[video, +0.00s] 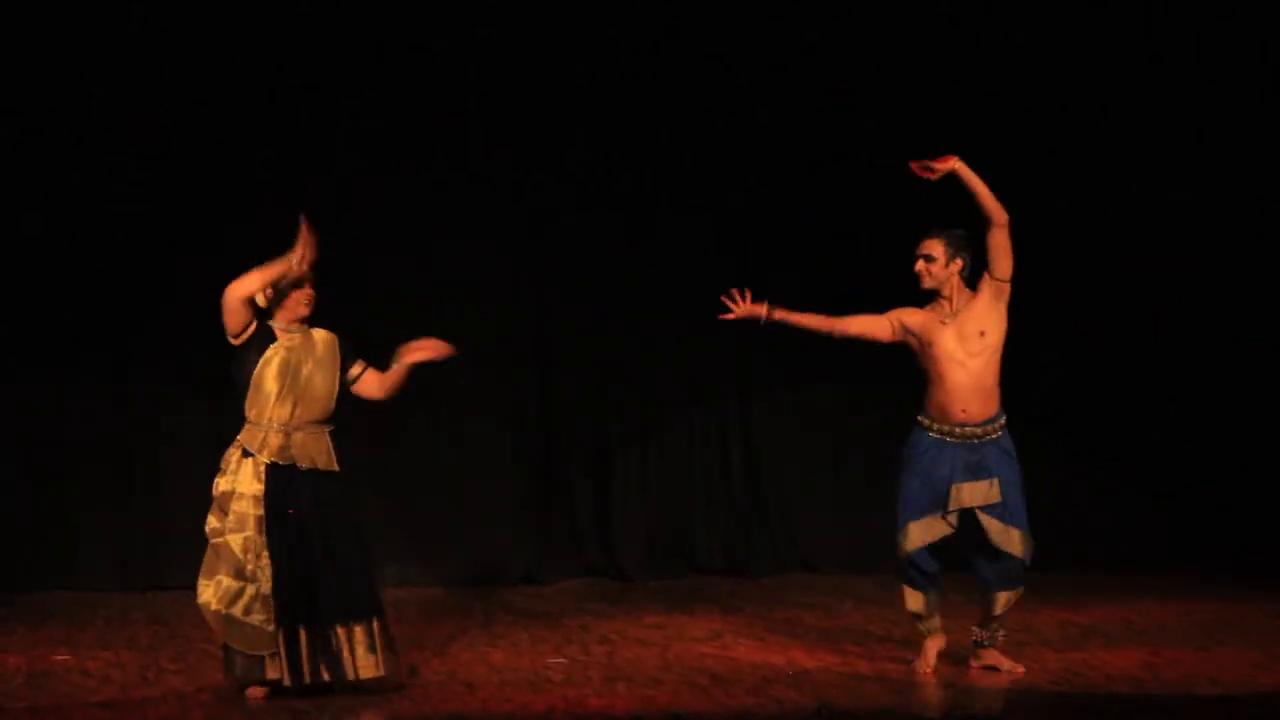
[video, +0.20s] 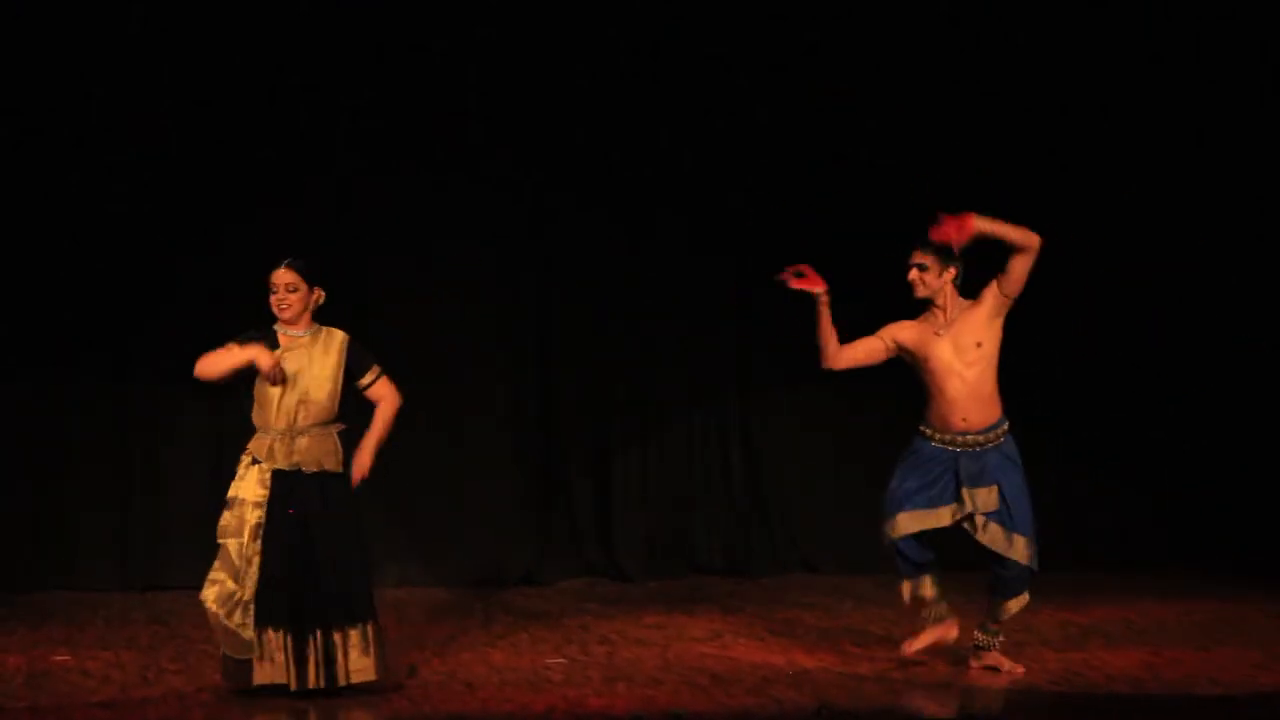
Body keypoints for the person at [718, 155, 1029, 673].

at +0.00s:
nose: (918, 268)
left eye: (929, 259)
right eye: (918, 260)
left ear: (958, 265)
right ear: (927, 268)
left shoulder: (993, 300)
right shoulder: (913, 322)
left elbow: (1000, 222)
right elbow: (838, 324)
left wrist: (960, 168)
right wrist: (769, 313)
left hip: (991, 442)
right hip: (933, 443)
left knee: (1009, 550)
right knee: (915, 546)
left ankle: (987, 646)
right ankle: (930, 639)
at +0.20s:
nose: (912, 277)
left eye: (922, 269)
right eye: (911, 270)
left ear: (951, 274)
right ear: (916, 278)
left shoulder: (989, 309)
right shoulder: (907, 334)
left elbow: (1030, 244)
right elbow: (834, 358)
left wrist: (975, 224)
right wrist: (821, 301)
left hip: (992, 447)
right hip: (934, 448)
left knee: (1016, 553)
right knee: (901, 526)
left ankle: (988, 646)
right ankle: (937, 618)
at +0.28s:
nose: (906, 278)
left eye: (916, 271)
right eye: (905, 271)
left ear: (945, 274)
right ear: (909, 278)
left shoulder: (986, 310)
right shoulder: (901, 333)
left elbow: (1041, 260)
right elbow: (828, 363)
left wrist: (987, 259)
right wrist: (835, 308)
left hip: (987, 447)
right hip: (929, 451)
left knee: (1022, 551)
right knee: (907, 547)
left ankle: (988, 642)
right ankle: (924, 655)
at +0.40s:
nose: (902, 288)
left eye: (911, 280)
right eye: (899, 281)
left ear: (938, 281)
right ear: (899, 286)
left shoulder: (975, 322)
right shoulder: (892, 339)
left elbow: (1051, 292)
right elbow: (816, 370)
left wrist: (1009, 312)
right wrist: (848, 330)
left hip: (981, 451)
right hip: (921, 455)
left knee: (1045, 530)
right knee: (896, 552)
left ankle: (988, 611)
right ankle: (924, 653)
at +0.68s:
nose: (906, 295)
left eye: (915, 287)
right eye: (900, 287)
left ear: (937, 288)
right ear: (896, 291)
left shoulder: (973, 329)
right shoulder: (890, 344)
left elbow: (1055, 340)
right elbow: (812, 372)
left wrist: (1033, 389)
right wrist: (862, 353)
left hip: (980, 456)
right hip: (921, 459)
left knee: (1023, 548)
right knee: (894, 552)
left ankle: (968, 640)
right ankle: (923, 653)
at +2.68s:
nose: (968, 276)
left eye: (976, 269)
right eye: (958, 268)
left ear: (986, 278)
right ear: (942, 276)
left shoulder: (1007, 332)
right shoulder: (924, 333)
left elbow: (1075, 376)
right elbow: (854, 332)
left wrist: (1038, 429)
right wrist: (920, 327)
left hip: (1003, 455)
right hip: (945, 455)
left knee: (1037, 556)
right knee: (926, 554)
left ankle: (997, 647)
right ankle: (953, 652)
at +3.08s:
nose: (904, 284)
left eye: (915, 277)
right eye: (900, 276)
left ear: (937, 285)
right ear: (895, 282)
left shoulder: (971, 334)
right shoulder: (884, 339)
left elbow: (1037, 379)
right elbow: (799, 351)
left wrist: (1000, 435)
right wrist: (861, 342)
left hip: (965, 458)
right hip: (908, 458)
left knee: (1008, 545)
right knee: (899, 557)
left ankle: (935, 589)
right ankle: (924, 658)